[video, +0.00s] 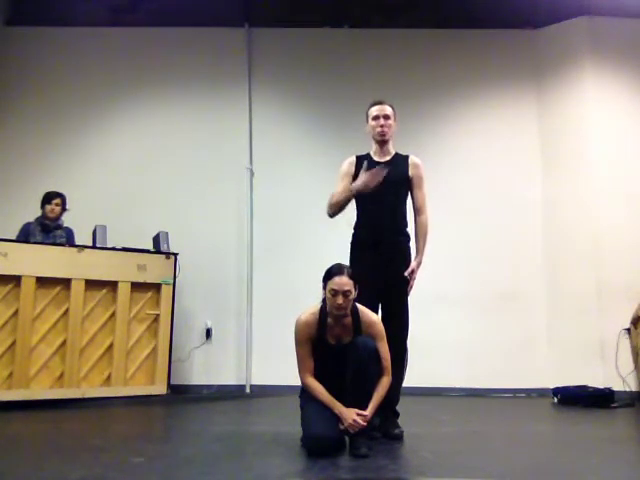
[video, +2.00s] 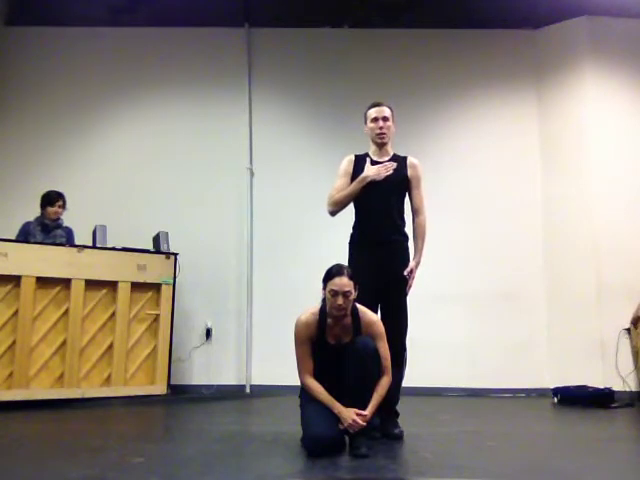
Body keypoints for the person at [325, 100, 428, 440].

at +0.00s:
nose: (382, 123)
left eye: (387, 118)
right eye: (376, 118)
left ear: (395, 124)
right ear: (367, 125)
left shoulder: (411, 166)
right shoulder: (354, 164)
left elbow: (421, 214)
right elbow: (332, 208)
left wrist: (418, 259)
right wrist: (357, 186)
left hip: (396, 258)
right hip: (363, 257)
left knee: (395, 338)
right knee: (359, 336)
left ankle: (388, 415)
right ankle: (358, 416)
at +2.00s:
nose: (381, 124)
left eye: (386, 119)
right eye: (375, 120)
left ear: (394, 125)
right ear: (366, 127)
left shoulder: (409, 166)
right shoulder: (353, 163)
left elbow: (419, 215)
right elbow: (332, 205)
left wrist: (416, 259)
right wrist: (365, 177)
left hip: (394, 257)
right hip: (362, 257)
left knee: (395, 337)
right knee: (358, 336)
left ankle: (388, 415)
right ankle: (359, 416)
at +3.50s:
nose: (381, 121)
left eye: (386, 117)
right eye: (375, 117)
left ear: (394, 124)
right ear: (366, 126)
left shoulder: (409, 165)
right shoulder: (352, 162)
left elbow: (419, 214)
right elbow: (332, 203)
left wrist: (415, 259)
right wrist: (365, 175)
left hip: (394, 257)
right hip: (361, 256)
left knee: (394, 337)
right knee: (358, 336)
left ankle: (388, 415)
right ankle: (359, 416)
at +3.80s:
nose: (380, 121)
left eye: (386, 117)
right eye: (375, 117)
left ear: (393, 124)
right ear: (365, 126)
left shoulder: (409, 165)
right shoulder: (352, 162)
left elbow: (418, 215)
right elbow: (331, 203)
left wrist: (416, 259)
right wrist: (365, 175)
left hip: (394, 257)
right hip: (361, 256)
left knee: (394, 337)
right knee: (358, 336)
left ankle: (388, 415)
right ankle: (359, 417)